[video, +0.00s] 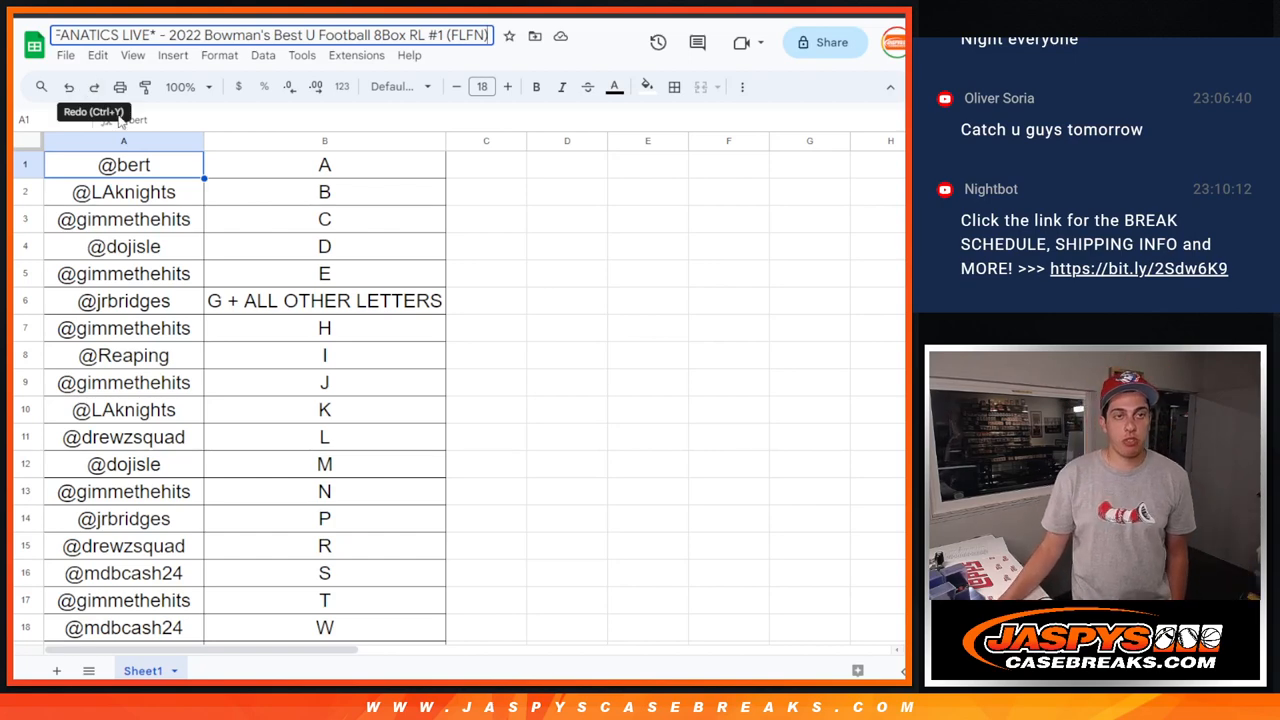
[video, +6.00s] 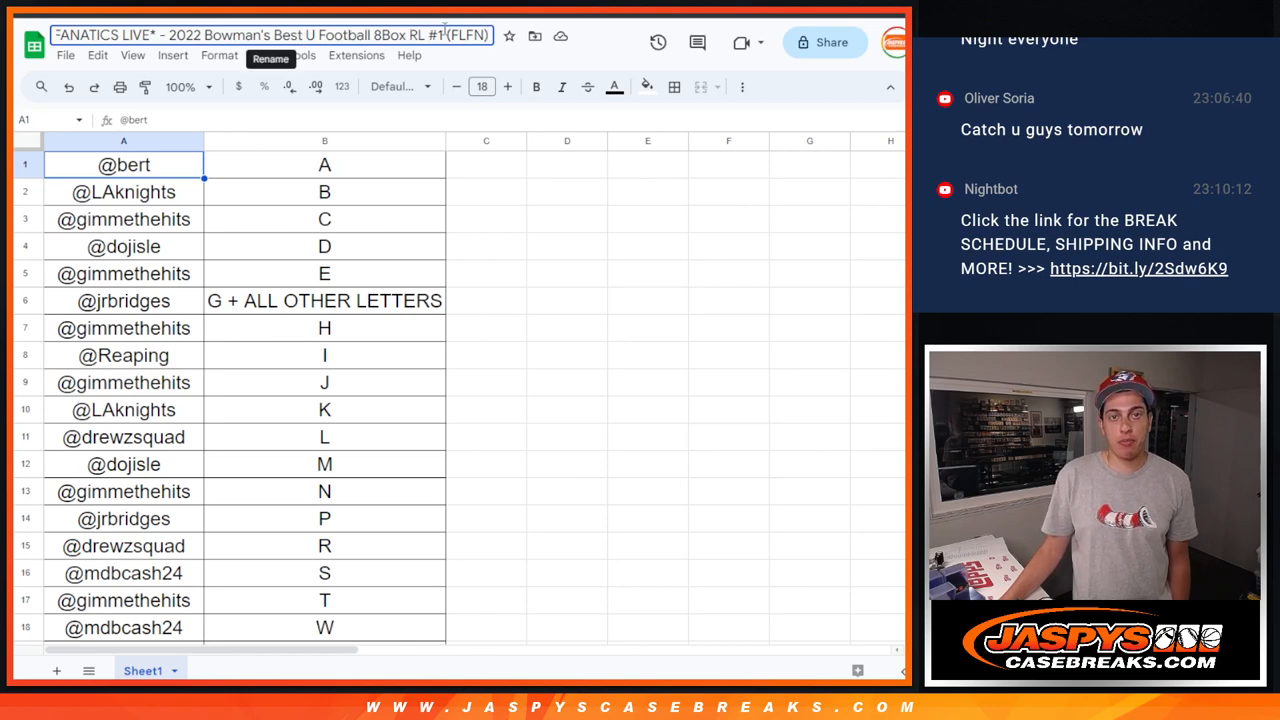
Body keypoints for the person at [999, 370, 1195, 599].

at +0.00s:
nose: (1130, 426)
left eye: (1140, 414)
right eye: (1119, 415)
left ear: (1150, 421)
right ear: (1103, 423)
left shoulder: (1174, 477)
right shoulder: (1075, 475)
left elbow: (1177, 552)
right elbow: (1050, 548)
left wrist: (1176, 604)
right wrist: (1006, 600)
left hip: (1151, 602)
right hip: (1089, 602)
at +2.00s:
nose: (1127, 427)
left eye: (1136, 415)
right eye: (1115, 416)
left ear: (1148, 421)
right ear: (1100, 424)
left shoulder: (1174, 481)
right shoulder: (1073, 477)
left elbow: (1179, 557)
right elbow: (1050, 550)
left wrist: (1180, 611)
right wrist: (1005, 601)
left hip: (1152, 607)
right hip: (1090, 607)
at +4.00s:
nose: (1126, 428)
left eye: (1136, 416)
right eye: (1115, 417)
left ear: (1149, 421)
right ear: (1101, 425)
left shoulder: (1175, 481)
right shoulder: (1073, 476)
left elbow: (1179, 557)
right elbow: (1051, 550)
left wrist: (1180, 611)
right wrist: (1007, 599)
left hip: (1153, 607)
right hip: (1090, 607)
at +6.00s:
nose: (1125, 427)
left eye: (1135, 415)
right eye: (1114, 416)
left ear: (1150, 421)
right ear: (1101, 425)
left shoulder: (1175, 481)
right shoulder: (1074, 476)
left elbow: (1179, 557)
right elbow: (1051, 549)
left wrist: (1179, 611)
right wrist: (1007, 600)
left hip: (1153, 608)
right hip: (1090, 608)